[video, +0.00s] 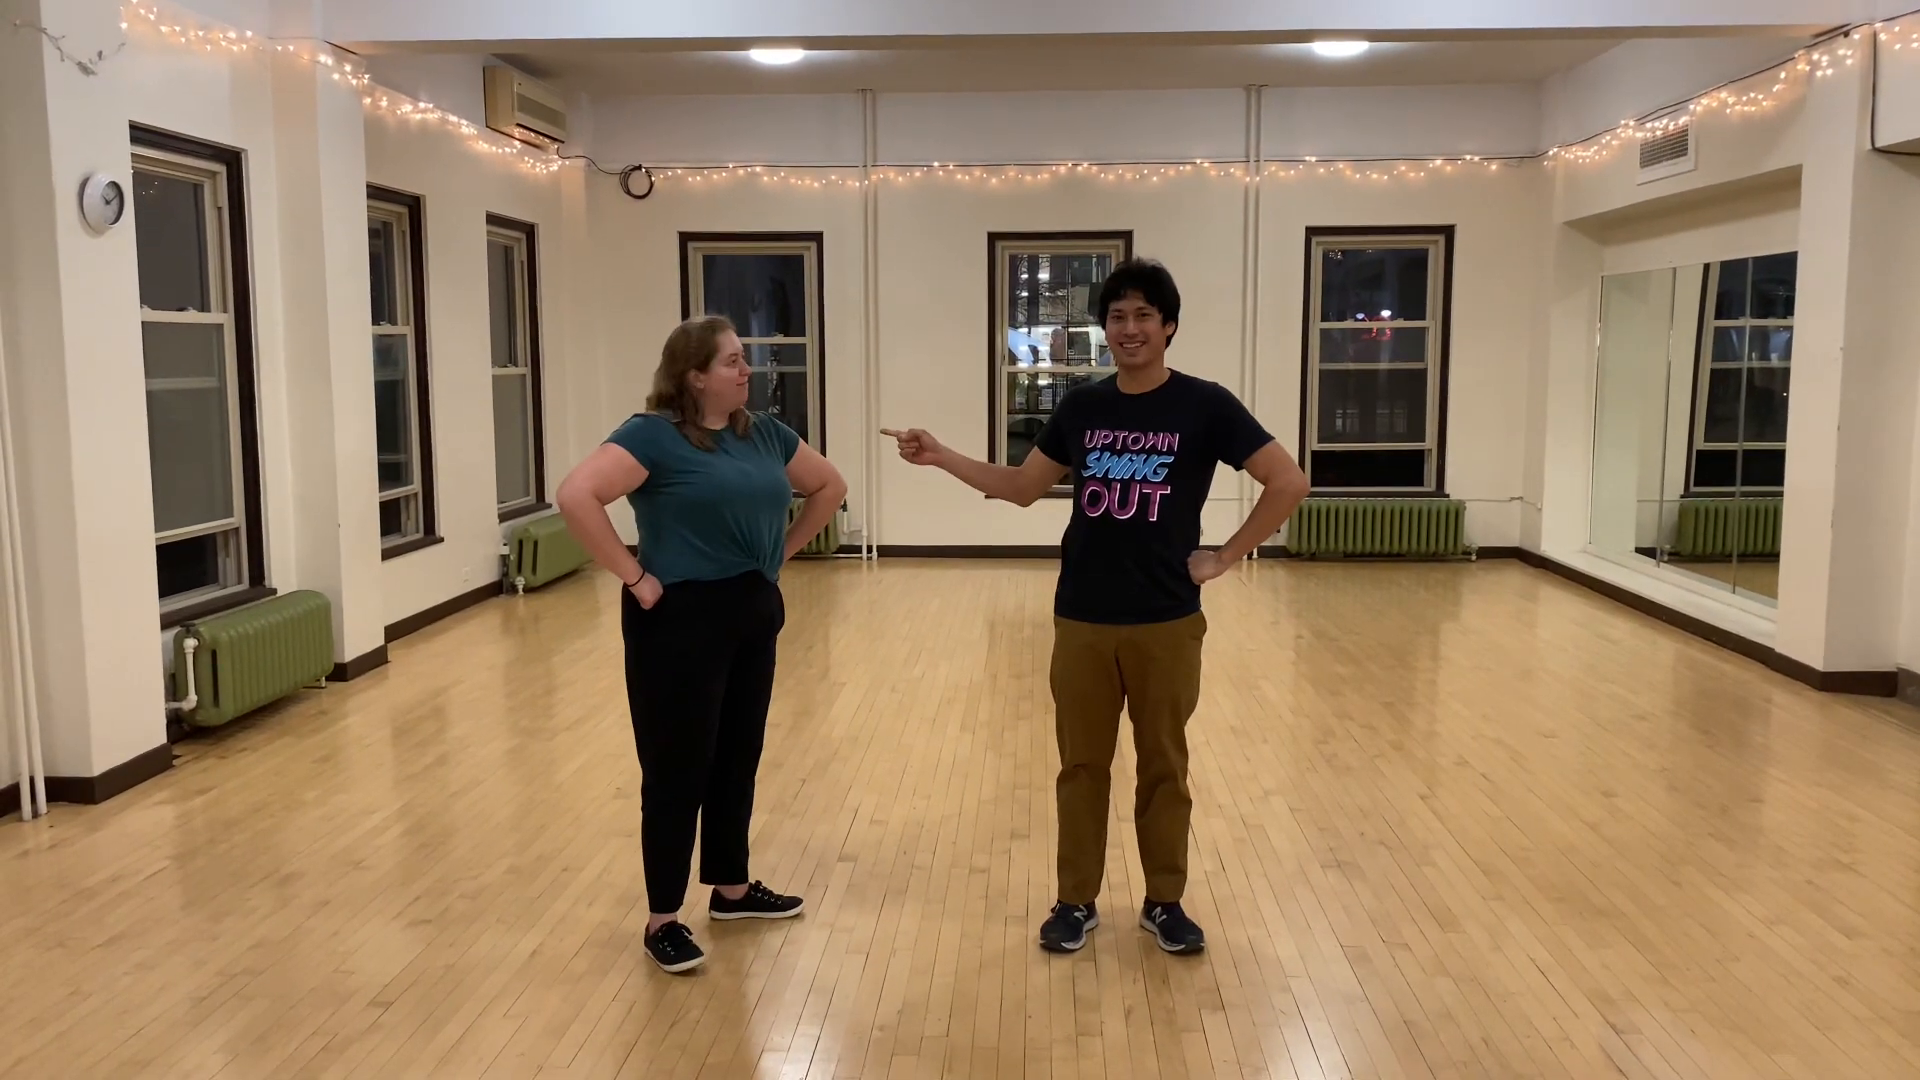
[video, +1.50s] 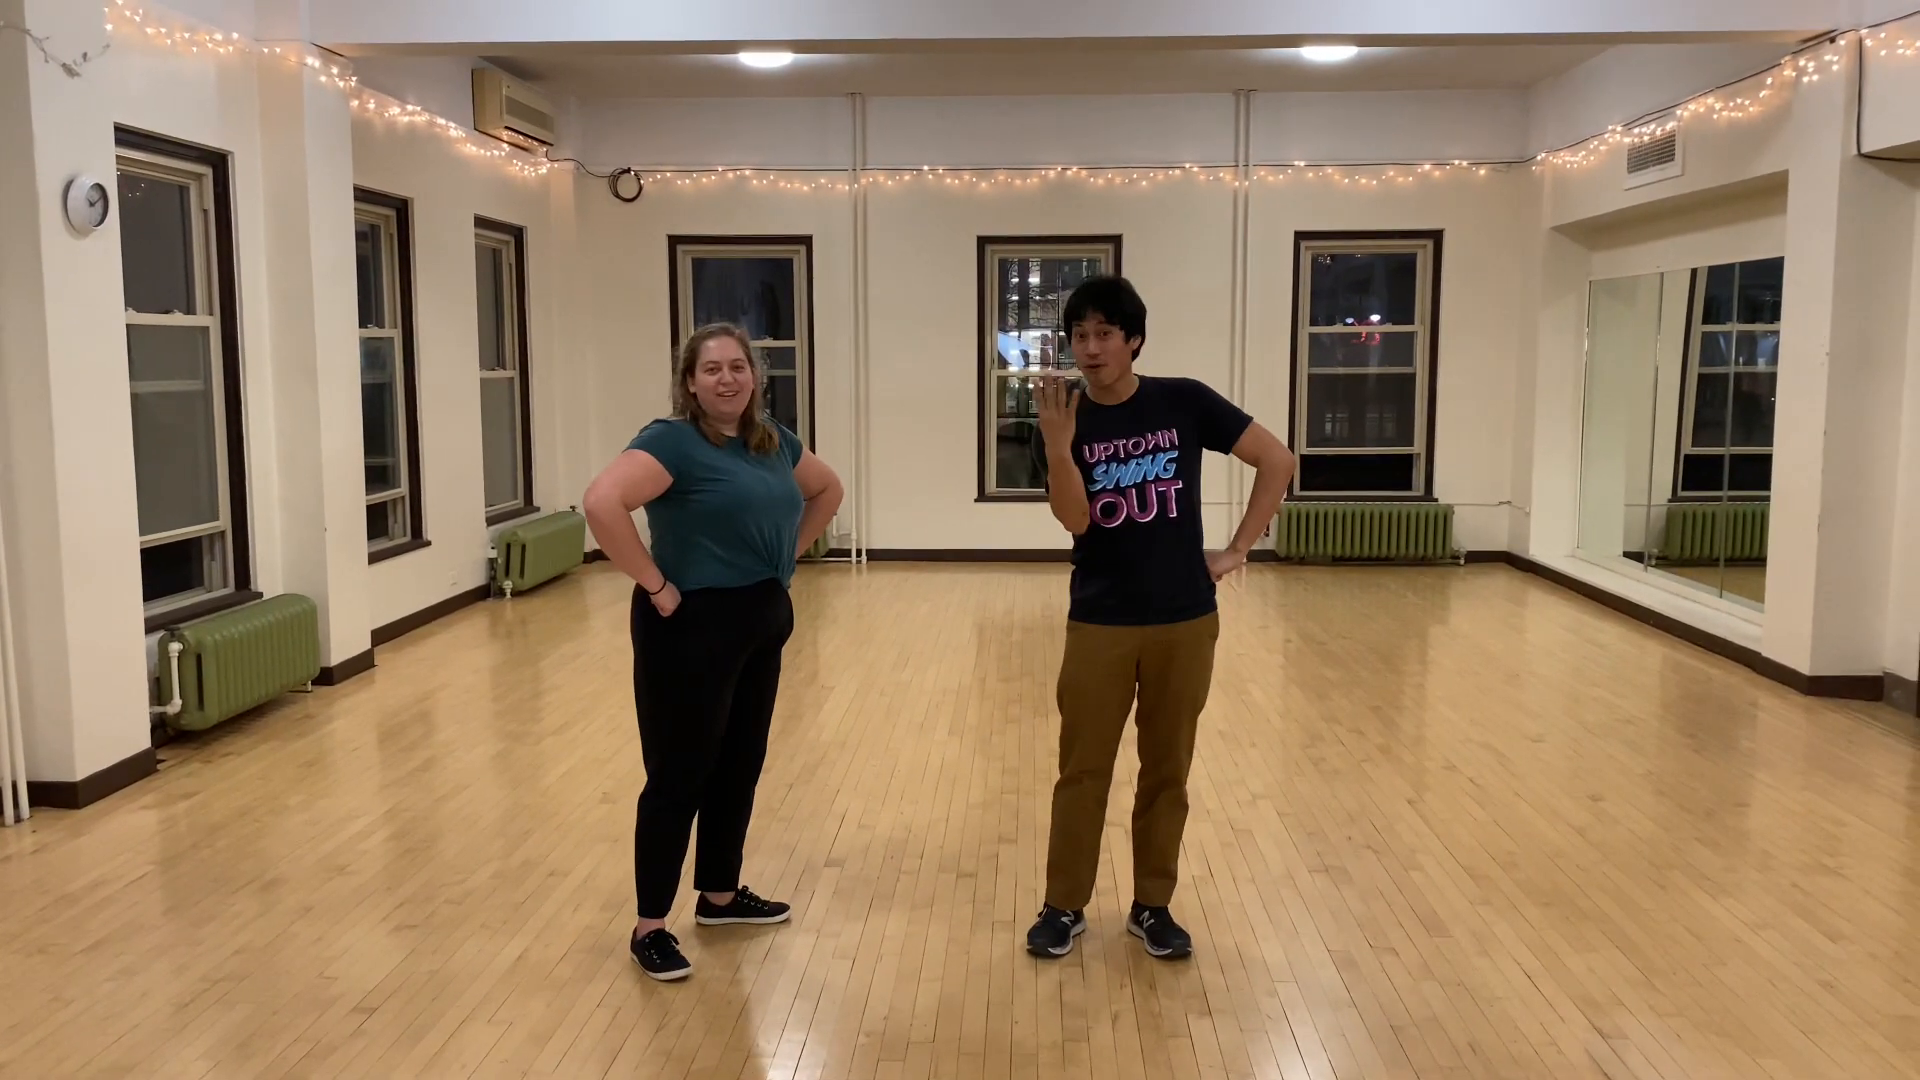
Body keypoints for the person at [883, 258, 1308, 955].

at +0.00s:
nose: (1129, 329)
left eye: (1144, 316)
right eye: (1117, 317)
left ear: (1169, 326)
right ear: (1103, 329)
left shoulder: (1206, 406)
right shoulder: (1081, 408)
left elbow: (1289, 482)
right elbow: (1022, 485)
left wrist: (1227, 554)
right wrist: (940, 455)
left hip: (1167, 618)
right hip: (1083, 616)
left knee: (1164, 767)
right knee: (1080, 767)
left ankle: (1164, 902)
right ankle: (1075, 900)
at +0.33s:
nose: (1126, 332)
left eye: (1141, 319)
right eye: (1114, 319)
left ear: (1166, 327)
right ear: (1102, 329)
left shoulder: (1203, 407)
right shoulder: (1079, 408)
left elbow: (1285, 483)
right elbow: (1029, 496)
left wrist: (1221, 557)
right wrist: (981, 466)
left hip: (1162, 620)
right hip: (1079, 619)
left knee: (1161, 768)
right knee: (1078, 769)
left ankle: (1162, 903)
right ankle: (1072, 902)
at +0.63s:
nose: (1109, 330)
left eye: (1123, 318)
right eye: (1100, 319)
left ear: (1158, 326)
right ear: (1092, 329)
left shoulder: (1197, 407)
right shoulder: (1077, 410)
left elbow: (1280, 485)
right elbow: (1022, 506)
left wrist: (1219, 558)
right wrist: (1046, 447)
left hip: (1159, 621)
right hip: (1076, 620)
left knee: (1158, 770)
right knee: (1075, 768)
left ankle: (1159, 904)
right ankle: (1069, 903)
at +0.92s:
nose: (1089, 336)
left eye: (1102, 325)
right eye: (1088, 324)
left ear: (1145, 332)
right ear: (1097, 331)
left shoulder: (1195, 409)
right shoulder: (1077, 409)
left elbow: (1277, 488)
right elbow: (1028, 511)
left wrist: (1213, 562)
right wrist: (1045, 456)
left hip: (1155, 624)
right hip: (1074, 622)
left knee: (1155, 771)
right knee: (1074, 770)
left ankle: (1156, 905)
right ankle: (1068, 904)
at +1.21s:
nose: (1116, 333)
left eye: (1127, 319)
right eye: (1102, 324)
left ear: (1149, 327)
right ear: (1085, 338)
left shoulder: (1193, 405)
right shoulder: (1066, 419)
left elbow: (1278, 479)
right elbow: (1041, 521)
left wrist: (1221, 558)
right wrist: (1025, 427)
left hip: (1163, 621)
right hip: (1079, 621)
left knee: (1158, 771)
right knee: (1075, 768)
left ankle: (1154, 906)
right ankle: (1064, 905)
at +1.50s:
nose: (1091, 346)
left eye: (1105, 333)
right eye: (1081, 334)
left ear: (1135, 340)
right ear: (1071, 344)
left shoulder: (1185, 401)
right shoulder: (1068, 422)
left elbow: (1277, 462)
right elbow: (1074, 520)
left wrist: (1236, 550)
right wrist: (1058, 443)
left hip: (1183, 617)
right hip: (1099, 621)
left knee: (1167, 774)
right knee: (1082, 771)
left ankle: (1152, 907)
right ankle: (1063, 906)